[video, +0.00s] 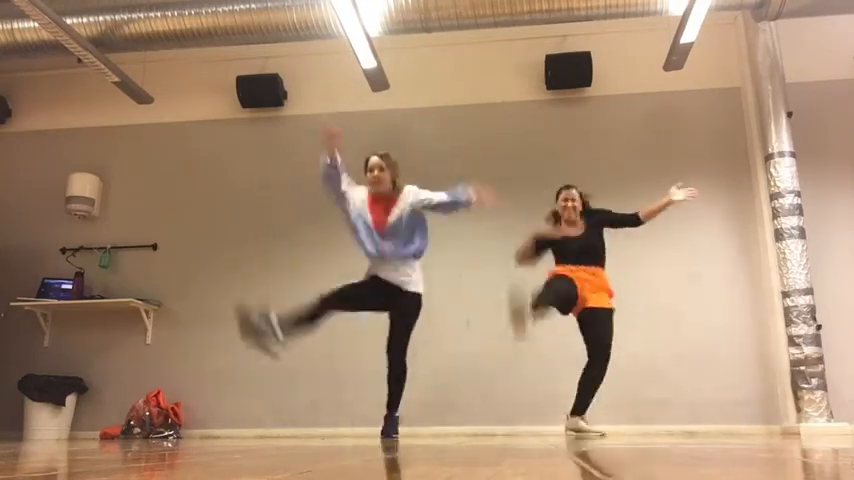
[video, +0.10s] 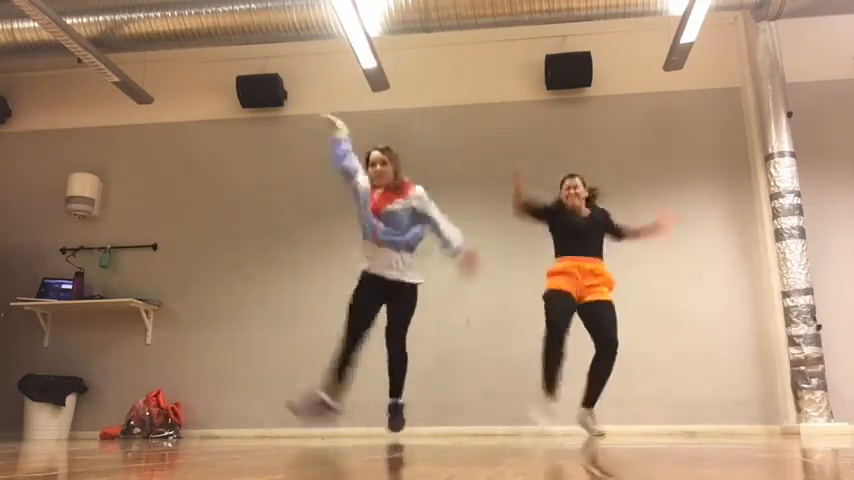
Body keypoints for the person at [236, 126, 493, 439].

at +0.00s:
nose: (374, 174)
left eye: (380, 169)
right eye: (370, 170)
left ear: (393, 174)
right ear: (365, 174)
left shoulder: (410, 198)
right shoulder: (358, 198)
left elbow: (441, 201)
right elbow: (335, 184)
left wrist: (467, 195)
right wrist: (331, 156)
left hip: (407, 290)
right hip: (377, 284)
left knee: (396, 355)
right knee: (330, 300)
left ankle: (391, 420)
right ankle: (280, 329)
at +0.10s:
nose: (376, 168)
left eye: (382, 163)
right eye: (372, 165)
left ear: (394, 166)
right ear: (369, 170)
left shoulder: (414, 194)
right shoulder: (365, 192)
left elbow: (439, 222)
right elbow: (346, 165)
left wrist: (460, 249)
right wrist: (340, 133)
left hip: (405, 281)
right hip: (373, 277)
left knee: (396, 342)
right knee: (352, 336)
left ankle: (396, 403)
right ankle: (331, 396)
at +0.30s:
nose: (380, 178)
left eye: (385, 172)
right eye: (376, 173)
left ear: (396, 176)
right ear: (370, 178)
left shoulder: (411, 203)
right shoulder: (364, 211)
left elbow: (404, 218)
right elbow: (335, 218)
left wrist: (387, 190)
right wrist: (332, 191)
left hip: (404, 295)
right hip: (373, 290)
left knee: (399, 359)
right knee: (340, 304)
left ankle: (397, 417)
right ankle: (336, 365)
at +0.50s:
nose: (379, 152)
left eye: (384, 148)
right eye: (373, 149)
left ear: (393, 152)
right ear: (366, 153)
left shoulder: (403, 169)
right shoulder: (355, 179)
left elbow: (419, 144)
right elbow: (331, 201)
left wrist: (421, 116)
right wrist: (357, 195)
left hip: (407, 257)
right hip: (376, 258)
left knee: (398, 303)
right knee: (329, 266)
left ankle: (425, 360)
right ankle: (362, 311)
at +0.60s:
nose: (380, 160)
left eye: (386, 155)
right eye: (376, 154)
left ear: (396, 159)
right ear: (368, 157)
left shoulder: (408, 178)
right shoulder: (358, 183)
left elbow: (435, 168)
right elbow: (348, 215)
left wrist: (455, 148)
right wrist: (368, 231)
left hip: (402, 258)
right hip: (372, 266)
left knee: (400, 257)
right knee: (335, 310)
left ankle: (439, 299)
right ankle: (352, 368)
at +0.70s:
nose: (383, 181)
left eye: (388, 176)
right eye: (379, 176)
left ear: (397, 181)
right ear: (371, 180)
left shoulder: (405, 207)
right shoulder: (359, 207)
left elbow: (431, 220)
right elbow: (348, 238)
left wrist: (464, 222)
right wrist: (335, 253)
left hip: (396, 285)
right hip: (368, 294)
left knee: (399, 238)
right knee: (357, 359)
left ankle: (432, 286)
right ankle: (363, 417)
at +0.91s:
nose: (394, 179)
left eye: (400, 174)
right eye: (389, 174)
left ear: (410, 179)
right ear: (383, 178)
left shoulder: (414, 212)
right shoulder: (370, 194)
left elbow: (432, 237)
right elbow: (350, 178)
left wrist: (419, 220)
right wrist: (340, 155)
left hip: (390, 291)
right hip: (359, 291)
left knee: (420, 333)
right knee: (353, 353)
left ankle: (420, 401)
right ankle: (348, 418)